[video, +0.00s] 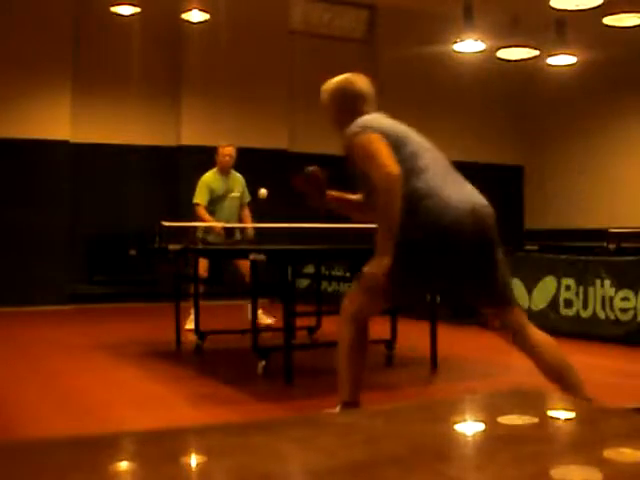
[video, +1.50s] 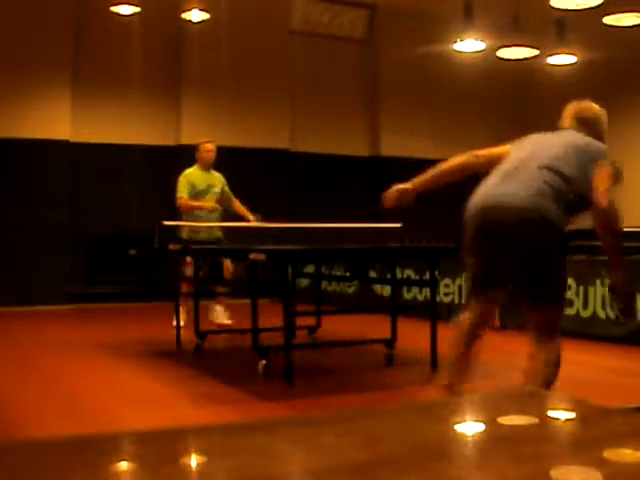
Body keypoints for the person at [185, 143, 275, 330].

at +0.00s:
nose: (227, 160)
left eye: (230, 156)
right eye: (224, 156)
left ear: (234, 159)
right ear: (217, 157)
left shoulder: (239, 180)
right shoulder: (207, 180)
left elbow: (244, 207)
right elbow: (199, 207)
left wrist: (249, 226)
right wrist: (213, 223)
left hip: (233, 234)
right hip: (209, 235)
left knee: (247, 270)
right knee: (201, 274)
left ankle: (255, 310)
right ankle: (193, 314)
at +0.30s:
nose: (236, 164)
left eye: (240, 161)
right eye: (233, 160)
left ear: (244, 163)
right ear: (226, 162)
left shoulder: (248, 183)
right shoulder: (216, 183)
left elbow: (256, 212)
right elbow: (206, 211)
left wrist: (257, 235)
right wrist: (217, 227)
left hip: (241, 237)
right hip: (217, 237)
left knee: (254, 272)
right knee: (203, 273)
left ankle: (260, 310)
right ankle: (195, 312)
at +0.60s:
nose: (245, 172)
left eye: (248, 169)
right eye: (242, 168)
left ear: (252, 170)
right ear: (235, 167)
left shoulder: (251, 188)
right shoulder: (223, 186)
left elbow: (254, 217)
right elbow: (215, 215)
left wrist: (258, 241)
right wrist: (229, 237)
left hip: (240, 238)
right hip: (217, 238)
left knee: (257, 270)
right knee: (204, 273)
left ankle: (260, 310)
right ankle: (194, 313)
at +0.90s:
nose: (254, 165)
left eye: (258, 163)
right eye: (252, 160)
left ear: (260, 167)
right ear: (244, 160)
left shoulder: (257, 190)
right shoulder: (230, 175)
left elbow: (258, 221)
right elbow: (212, 176)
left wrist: (260, 246)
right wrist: (225, 161)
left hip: (243, 238)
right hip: (220, 235)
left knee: (258, 273)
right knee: (206, 273)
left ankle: (260, 311)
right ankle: (194, 313)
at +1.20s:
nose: (235, 164)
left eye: (237, 161)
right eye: (232, 160)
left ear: (240, 164)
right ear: (222, 161)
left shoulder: (242, 188)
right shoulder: (210, 182)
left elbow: (255, 208)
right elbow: (198, 203)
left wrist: (267, 218)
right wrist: (217, 205)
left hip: (235, 241)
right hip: (211, 240)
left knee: (254, 271)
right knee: (201, 274)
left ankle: (259, 310)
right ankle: (184, 307)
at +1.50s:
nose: (210, 155)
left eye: (212, 152)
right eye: (207, 152)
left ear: (215, 154)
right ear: (198, 154)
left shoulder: (218, 178)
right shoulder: (187, 176)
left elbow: (231, 200)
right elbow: (182, 203)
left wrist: (248, 216)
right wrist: (205, 205)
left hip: (214, 235)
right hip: (192, 235)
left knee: (220, 271)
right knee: (188, 275)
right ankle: (182, 309)